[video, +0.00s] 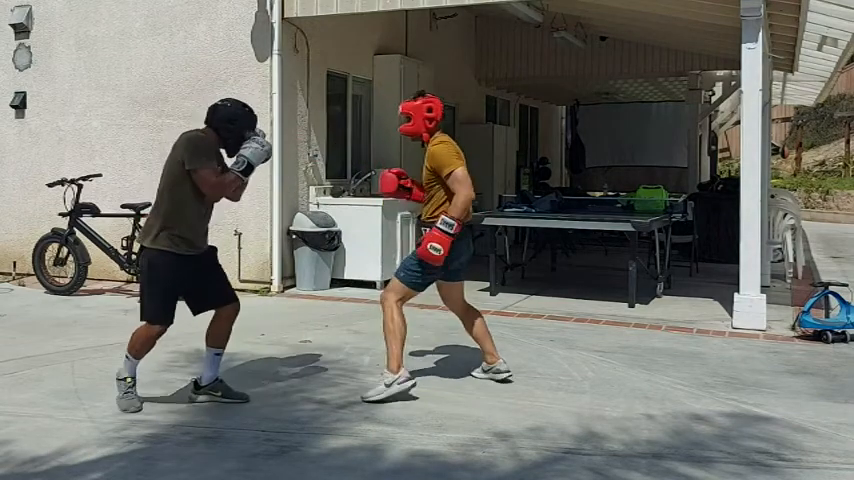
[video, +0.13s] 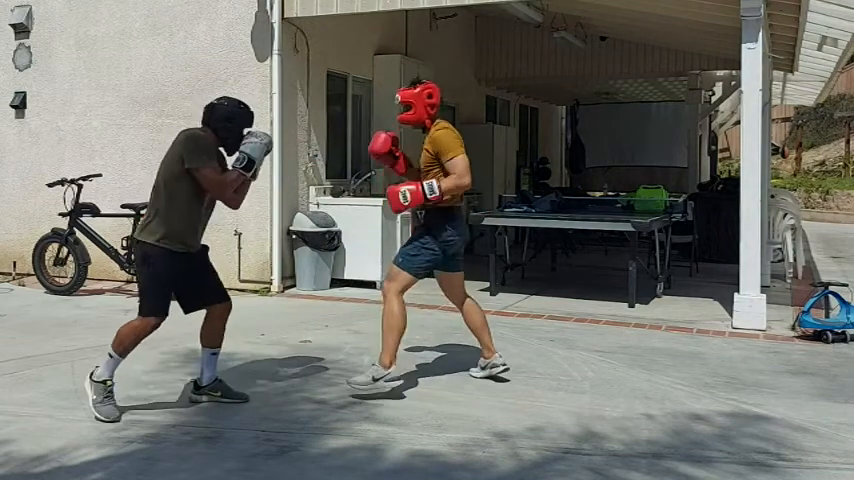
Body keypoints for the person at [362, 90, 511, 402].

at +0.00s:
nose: (405, 123)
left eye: (409, 118)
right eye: (405, 118)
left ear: (425, 119)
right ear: (427, 119)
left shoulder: (440, 147)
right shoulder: (438, 146)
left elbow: (465, 194)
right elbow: (445, 197)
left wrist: (443, 233)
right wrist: (412, 191)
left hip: (441, 236)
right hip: (457, 236)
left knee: (391, 297)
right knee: (456, 301)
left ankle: (396, 373)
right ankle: (494, 362)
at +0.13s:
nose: (403, 113)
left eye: (407, 106)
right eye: (403, 107)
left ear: (425, 106)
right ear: (424, 107)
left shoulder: (442, 133)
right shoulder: (434, 135)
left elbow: (463, 180)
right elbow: (426, 181)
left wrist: (421, 192)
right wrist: (396, 161)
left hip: (437, 229)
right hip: (447, 227)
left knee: (392, 288)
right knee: (459, 295)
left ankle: (386, 368)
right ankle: (492, 358)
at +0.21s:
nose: (403, 114)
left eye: (407, 108)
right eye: (402, 109)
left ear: (425, 107)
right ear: (423, 109)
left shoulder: (441, 133)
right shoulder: (430, 135)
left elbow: (450, 180)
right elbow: (415, 172)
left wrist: (408, 168)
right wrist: (388, 147)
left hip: (435, 229)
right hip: (443, 227)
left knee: (396, 293)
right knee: (458, 298)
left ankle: (379, 371)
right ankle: (492, 359)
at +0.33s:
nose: (396, 129)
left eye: (398, 123)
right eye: (394, 124)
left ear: (412, 123)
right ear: (415, 124)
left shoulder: (434, 150)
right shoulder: (417, 149)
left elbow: (407, 186)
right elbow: (381, 175)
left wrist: (395, 146)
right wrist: (368, 141)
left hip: (429, 245)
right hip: (438, 243)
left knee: (392, 310)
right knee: (454, 307)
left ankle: (367, 386)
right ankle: (494, 365)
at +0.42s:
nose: (379, 129)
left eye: (381, 123)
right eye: (378, 124)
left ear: (396, 123)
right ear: (396, 125)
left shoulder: (419, 147)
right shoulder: (399, 151)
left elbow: (389, 186)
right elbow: (366, 179)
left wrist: (379, 144)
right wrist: (353, 144)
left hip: (420, 243)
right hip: (425, 243)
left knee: (376, 305)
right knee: (438, 308)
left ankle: (367, 385)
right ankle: (486, 357)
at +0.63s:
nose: (355, 133)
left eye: (356, 127)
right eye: (354, 127)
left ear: (368, 126)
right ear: (375, 125)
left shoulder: (396, 144)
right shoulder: (379, 150)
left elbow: (363, 181)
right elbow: (346, 182)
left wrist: (352, 143)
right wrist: (333, 150)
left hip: (412, 242)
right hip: (421, 240)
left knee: (370, 305)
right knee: (417, 300)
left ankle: (366, 385)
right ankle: (468, 351)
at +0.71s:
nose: (354, 134)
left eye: (354, 129)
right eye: (354, 129)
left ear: (365, 127)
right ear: (373, 125)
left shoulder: (394, 144)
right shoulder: (378, 150)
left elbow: (362, 182)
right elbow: (346, 183)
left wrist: (350, 144)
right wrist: (331, 151)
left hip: (411, 241)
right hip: (420, 239)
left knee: (368, 305)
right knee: (417, 300)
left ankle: (367, 385)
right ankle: (462, 354)